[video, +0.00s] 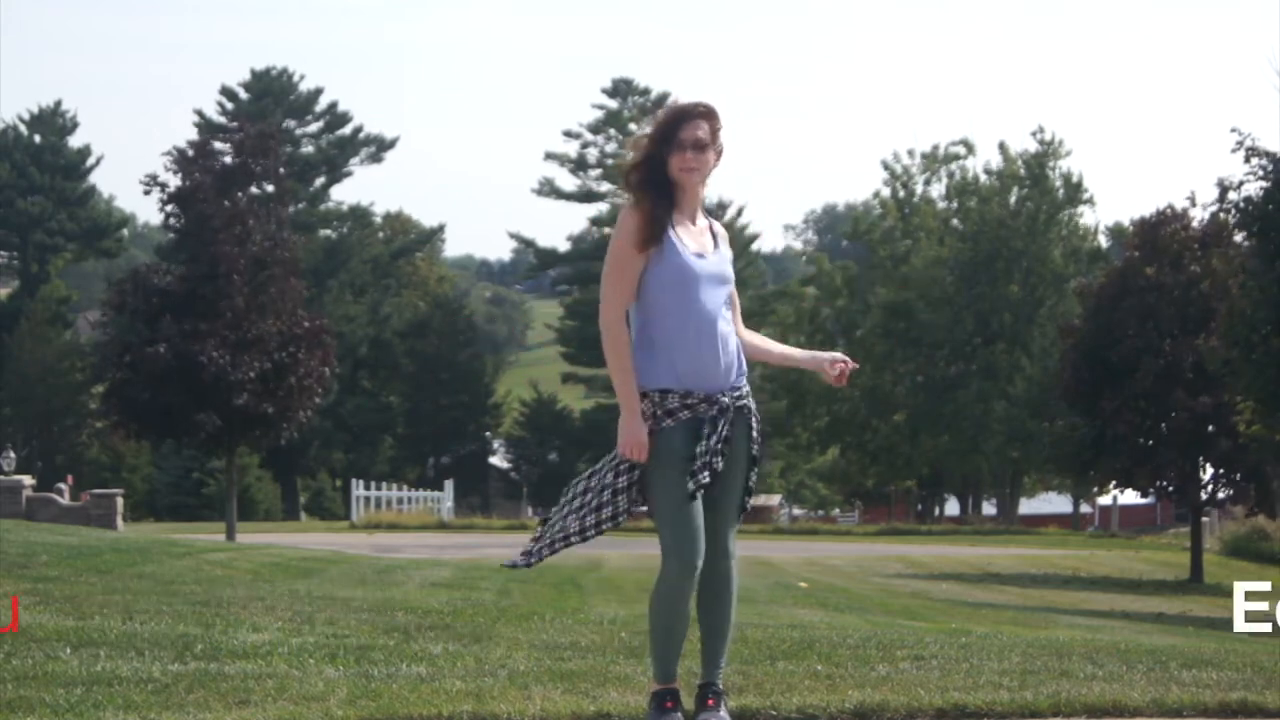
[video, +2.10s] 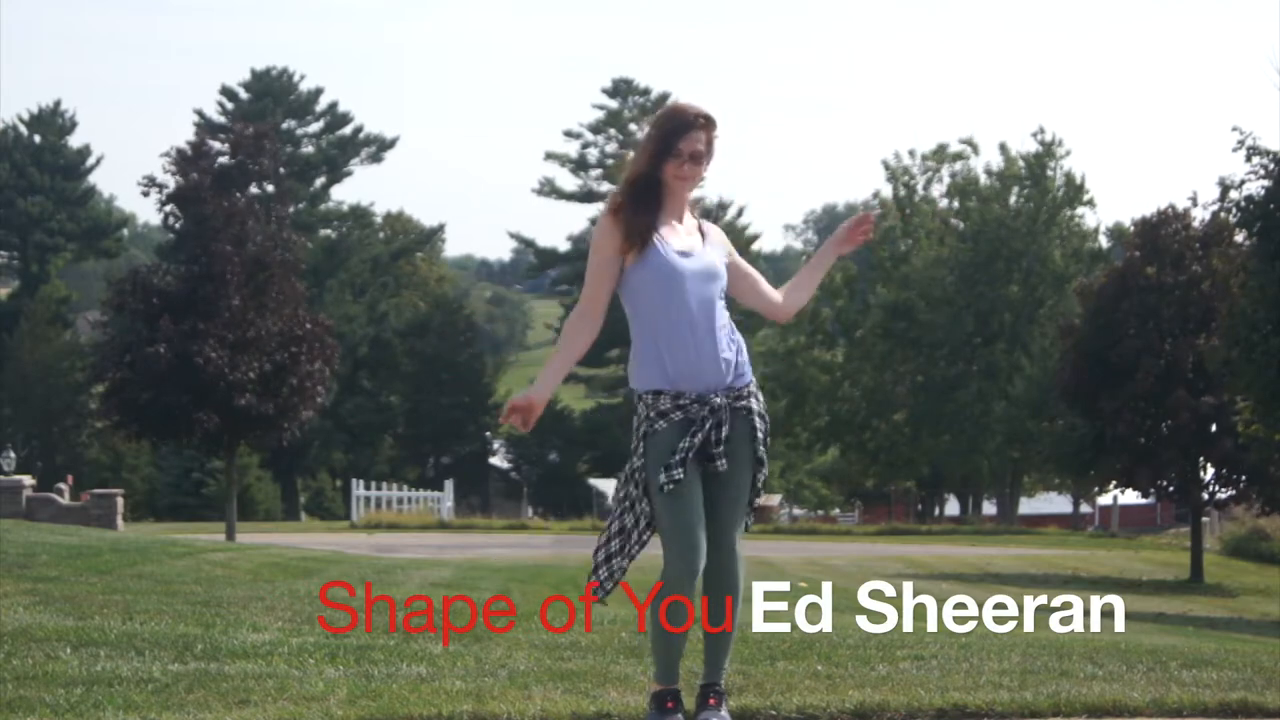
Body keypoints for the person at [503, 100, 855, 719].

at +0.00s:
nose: (694, 155)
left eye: (704, 145)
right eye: (683, 145)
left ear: (718, 155)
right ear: (662, 155)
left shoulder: (716, 233)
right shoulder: (639, 219)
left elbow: (735, 333)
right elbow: (612, 315)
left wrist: (814, 359)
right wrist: (629, 410)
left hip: (732, 408)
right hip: (668, 410)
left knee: (719, 554)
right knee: (684, 556)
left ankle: (713, 690)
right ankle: (666, 692)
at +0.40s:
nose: (720, 149)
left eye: (728, 139)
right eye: (708, 142)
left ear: (741, 147)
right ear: (689, 154)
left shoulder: (733, 227)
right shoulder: (677, 216)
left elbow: (732, 331)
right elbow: (609, 288)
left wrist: (734, 418)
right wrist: (587, 384)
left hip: (705, 406)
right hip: (654, 396)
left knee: (717, 544)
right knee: (672, 543)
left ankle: (712, 690)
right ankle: (662, 690)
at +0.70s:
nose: (711, 148)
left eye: (720, 137)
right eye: (698, 142)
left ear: (740, 147)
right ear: (684, 156)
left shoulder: (762, 236)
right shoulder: (660, 218)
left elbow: (753, 336)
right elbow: (579, 274)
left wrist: (723, 411)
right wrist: (512, 339)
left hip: (707, 407)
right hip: (641, 394)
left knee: (711, 547)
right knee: (647, 545)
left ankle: (712, 689)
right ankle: (660, 685)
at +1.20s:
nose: (693, 159)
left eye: (702, 150)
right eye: (682, 150)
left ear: (716, 159)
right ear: (660, 159)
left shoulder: (738, 222)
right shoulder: (650, 238)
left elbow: (805, 298)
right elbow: (573, 302)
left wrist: (775, 388)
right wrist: (480, 295)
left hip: (703, 414)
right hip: (640, 406)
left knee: (687, 562)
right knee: (647, 558)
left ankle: (707, 693)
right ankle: (658, 685)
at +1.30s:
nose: (694, 162)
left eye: (703, 153)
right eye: (682, 152)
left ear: (713, 159)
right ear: (660, 159)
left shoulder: (730, 218)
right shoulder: (647, 241)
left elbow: (819, 268)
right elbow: (575, 310)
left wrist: (826, 354)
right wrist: (485, 301)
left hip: (707, 411)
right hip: (647, 406)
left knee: (685, 561)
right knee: (646, 555)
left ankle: (705, 695)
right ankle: (658, 685)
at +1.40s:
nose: (696, 161)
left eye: (704, 151)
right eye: (684, 151)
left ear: (713, 157)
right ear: (657, 157)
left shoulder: (728, 217)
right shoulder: (642, 240)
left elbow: (821, 250)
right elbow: (574, 311)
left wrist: (877, 299)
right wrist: (482, 317)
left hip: (713, 412)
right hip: (651, 408)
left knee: (691, 561)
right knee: (649, 560)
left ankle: (707, 695)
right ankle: (660, 688)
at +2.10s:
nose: (693, 165)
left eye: (702, 156)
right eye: (683, 154)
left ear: (708, 162)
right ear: (658, 154)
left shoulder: (712, 234)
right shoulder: (620, 222)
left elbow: (779, 304)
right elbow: (589, 314)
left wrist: (832, 248)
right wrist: (542, 390)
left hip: (736, 405)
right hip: (667, 407)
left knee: (724, 553)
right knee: (685, 557)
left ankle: (714, 690)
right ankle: (667, 692)